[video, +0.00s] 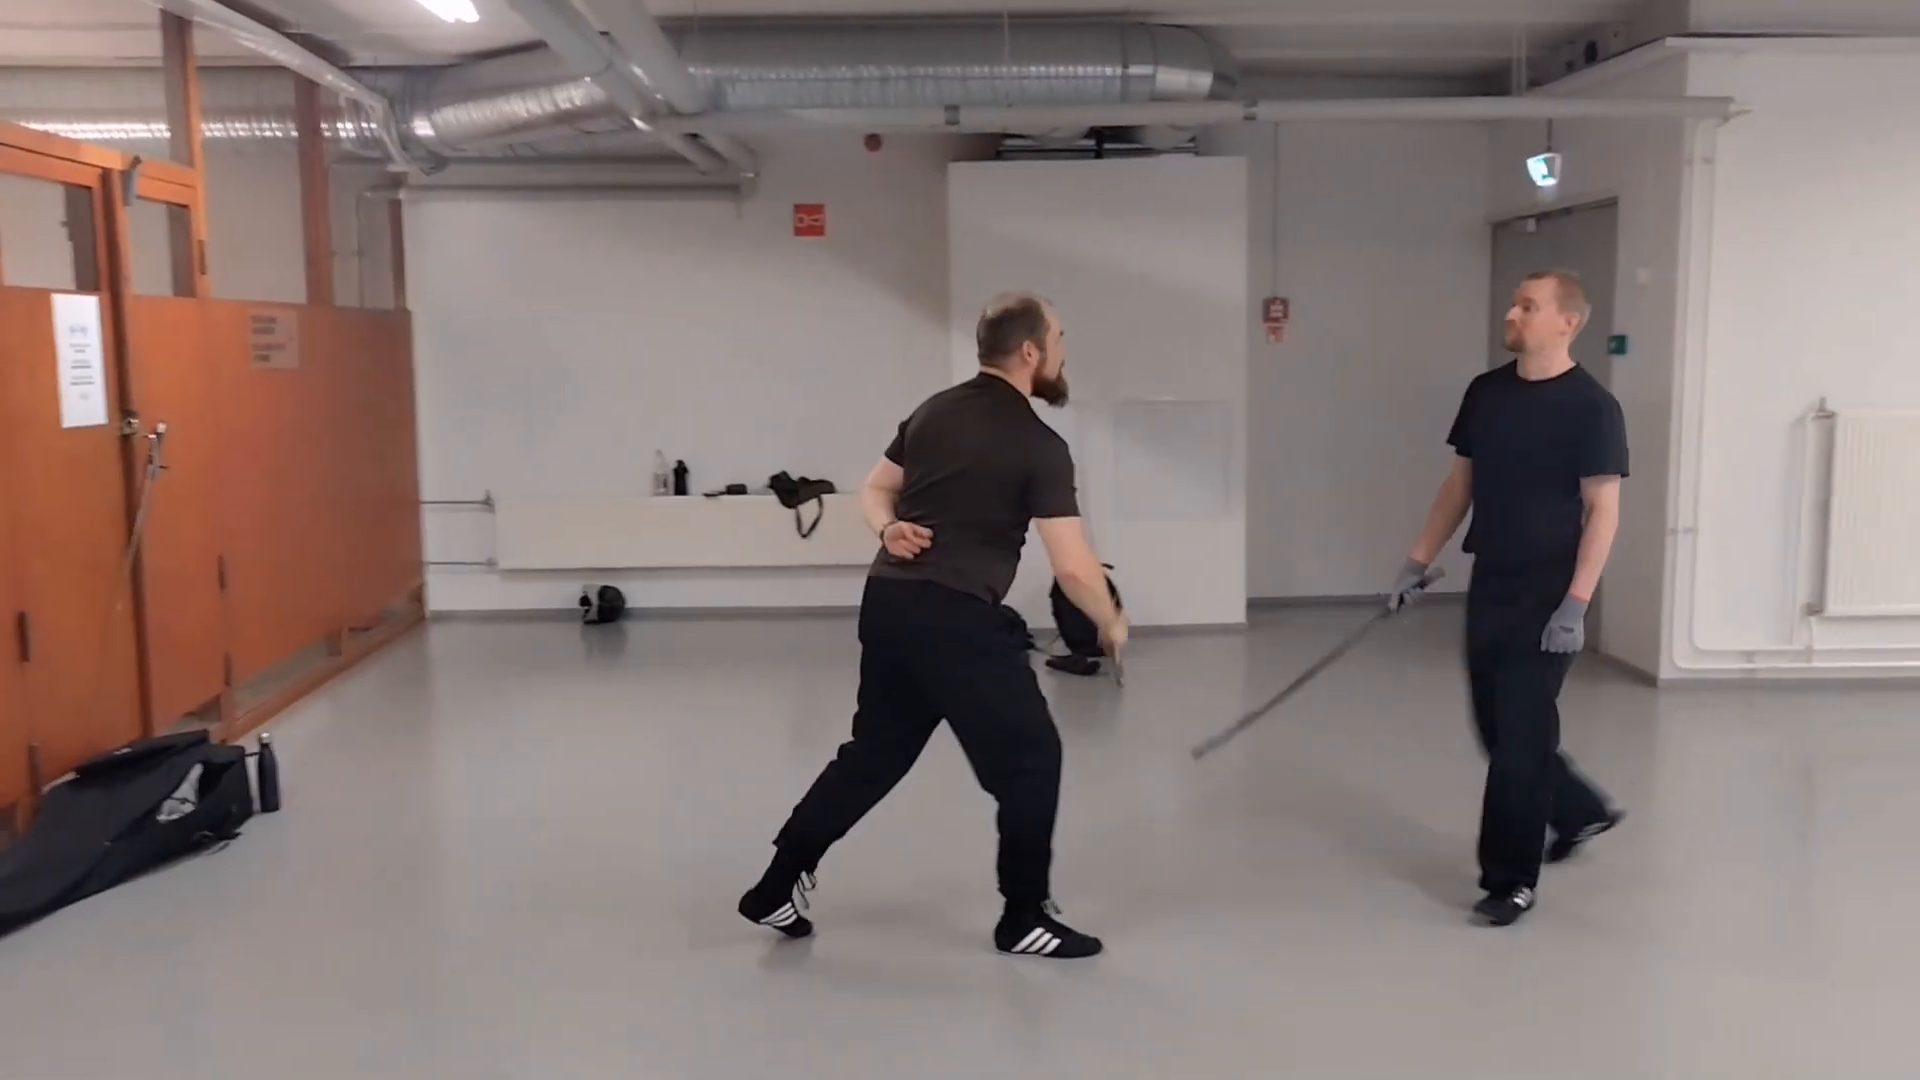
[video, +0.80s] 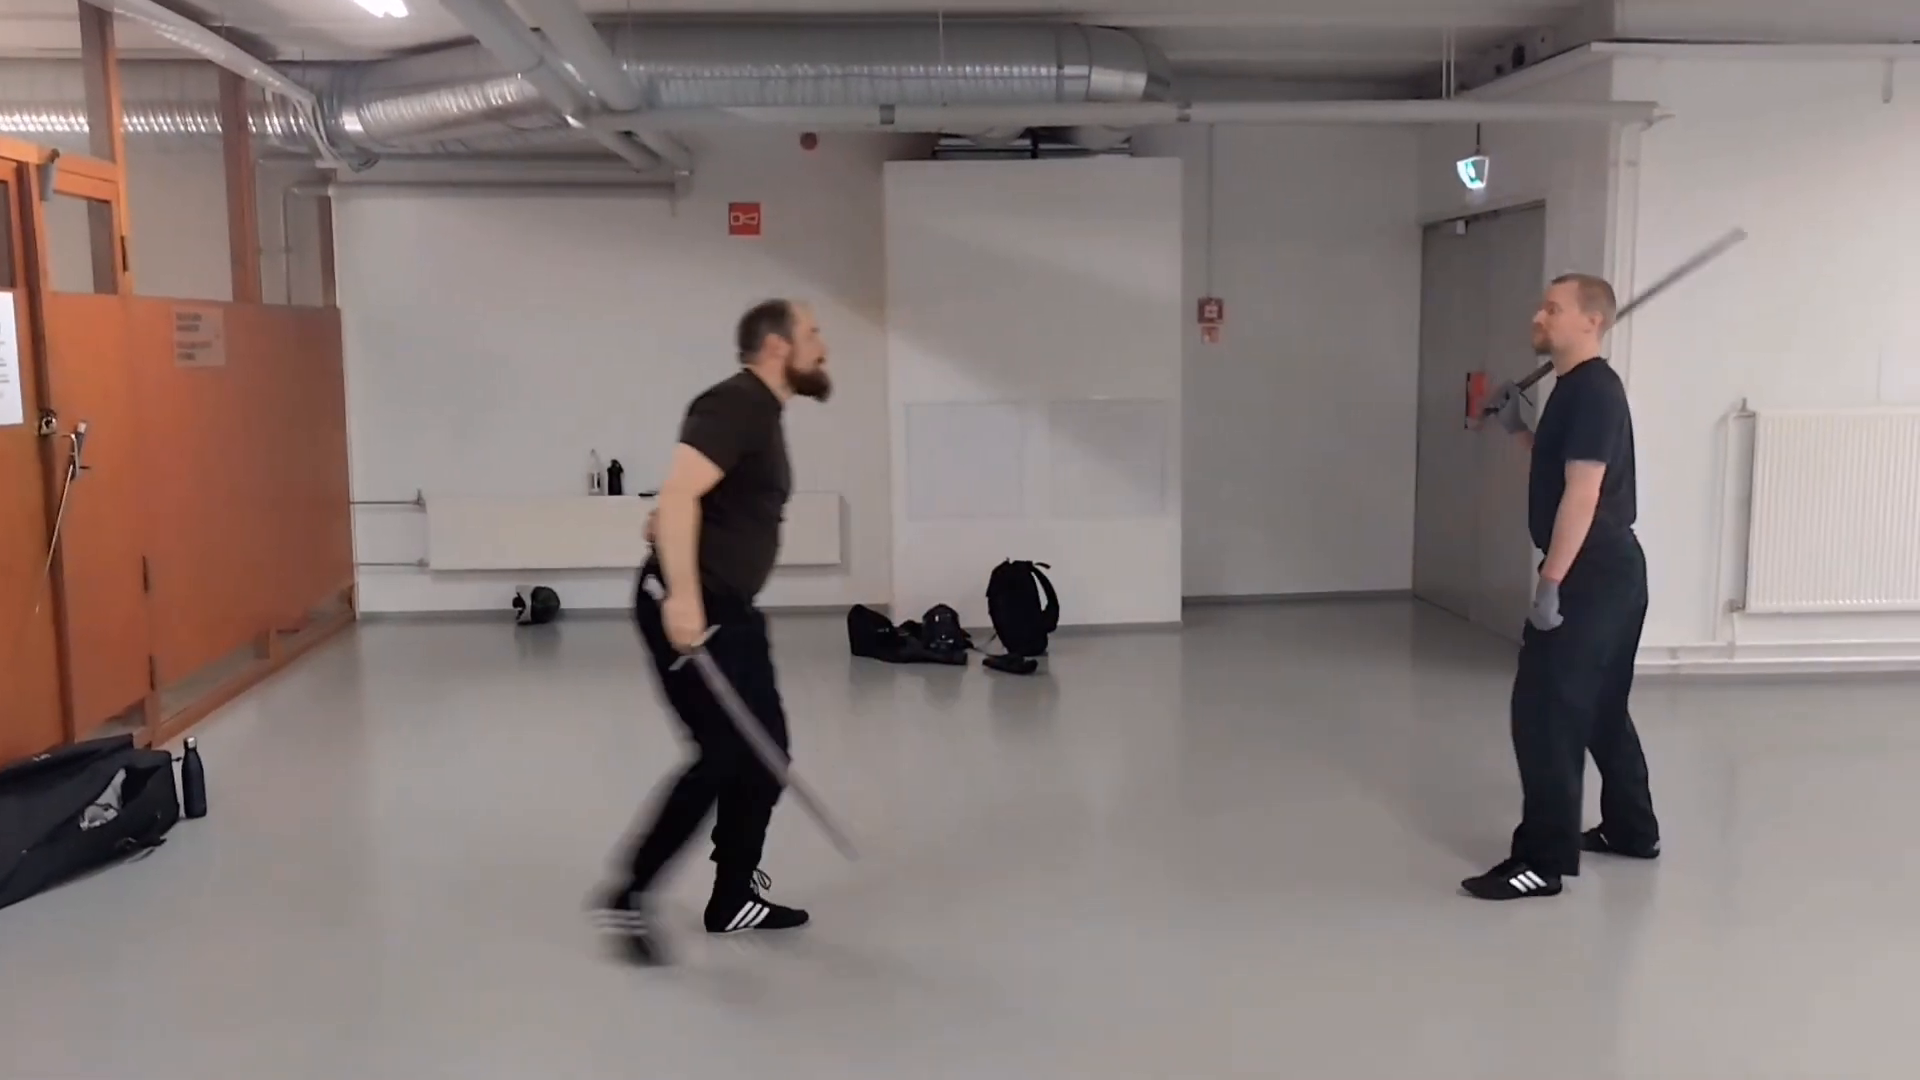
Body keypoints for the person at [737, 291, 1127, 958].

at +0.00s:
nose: (1064, 351)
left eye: (1061, 338)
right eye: (1058, 339)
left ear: (998, 354)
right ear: (1030, 352)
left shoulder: (935, 412)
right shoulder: (1039, 444)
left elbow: (877, 489)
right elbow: (1072, 564)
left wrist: (887, 527)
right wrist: (1109, 618)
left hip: (889, 606)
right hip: (962, 618)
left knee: (876, 754)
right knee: (1031, 758)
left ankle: (776, 888)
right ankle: (1024, 918)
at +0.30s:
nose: (1014, 344)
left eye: (1010, 330)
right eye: (1006, 332)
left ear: (947, 346)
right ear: (976, 342)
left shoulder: (901, 410)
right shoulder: (978, 427)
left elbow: (857, 495)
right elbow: (998, 547)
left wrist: (853, 525)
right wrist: (1033, 646)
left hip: (864, 602)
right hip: (928, 610)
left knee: (870, 747)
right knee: (1000, 758)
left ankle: (779, 881)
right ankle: (998, 915)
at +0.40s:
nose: (972, 346)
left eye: (967, 331)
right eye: (962, 332)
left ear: (912, 346)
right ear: (929, 343)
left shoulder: (865, 417)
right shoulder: (924, 422)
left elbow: (830, 534)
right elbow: (936, 536)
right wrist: (966, 631)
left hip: (839, 606)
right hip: (891, 610)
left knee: (857, 755)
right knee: (971, 769)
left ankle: (767, 889)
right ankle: (988, 916)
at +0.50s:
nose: (925, 350)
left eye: (922, 338)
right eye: (916, 337)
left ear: (872, 348)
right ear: (882, 346)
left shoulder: (841, 413)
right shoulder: (859, 416)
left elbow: (796, 534)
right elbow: (854, 522)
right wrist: (881, 616)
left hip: (815, 612)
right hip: (837, 612)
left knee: (839, 756)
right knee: (921, 755)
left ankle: (757, 892)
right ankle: (979, 908)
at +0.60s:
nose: (889, 353)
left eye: (886, 340)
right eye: (879, 340)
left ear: (839, 348)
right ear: (842, 347)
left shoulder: (825, 413)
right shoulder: (810, 410)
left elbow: (802, 510)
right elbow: (774, 509)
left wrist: (758, 541)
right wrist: (801, 606)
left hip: (786, 609)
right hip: (783, 611)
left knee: (815, 750)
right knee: (873, 745)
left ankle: (749, 893)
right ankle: (911, 909)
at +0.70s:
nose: (855, 350)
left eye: (852, 338)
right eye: (845, 337)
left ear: (808, 347)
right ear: (809, 346)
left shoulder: (794, 412)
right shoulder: (773, 406)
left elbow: (748, 506)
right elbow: (720, 502)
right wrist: (732, 600)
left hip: (764, 607)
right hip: (743, 609)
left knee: (804, 746)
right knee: (796, 747)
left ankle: (760, 889)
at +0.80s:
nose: (824, 350)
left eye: (820, 337)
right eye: (813, 337)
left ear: (776, 350)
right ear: (774, 347)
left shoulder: (760, 413)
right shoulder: (732, 404)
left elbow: (715, 501)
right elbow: (674, 499)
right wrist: (683, 595)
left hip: (727, 605)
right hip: (688, 603)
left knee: (763, 752)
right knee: (724, 750)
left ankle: (734, 896)